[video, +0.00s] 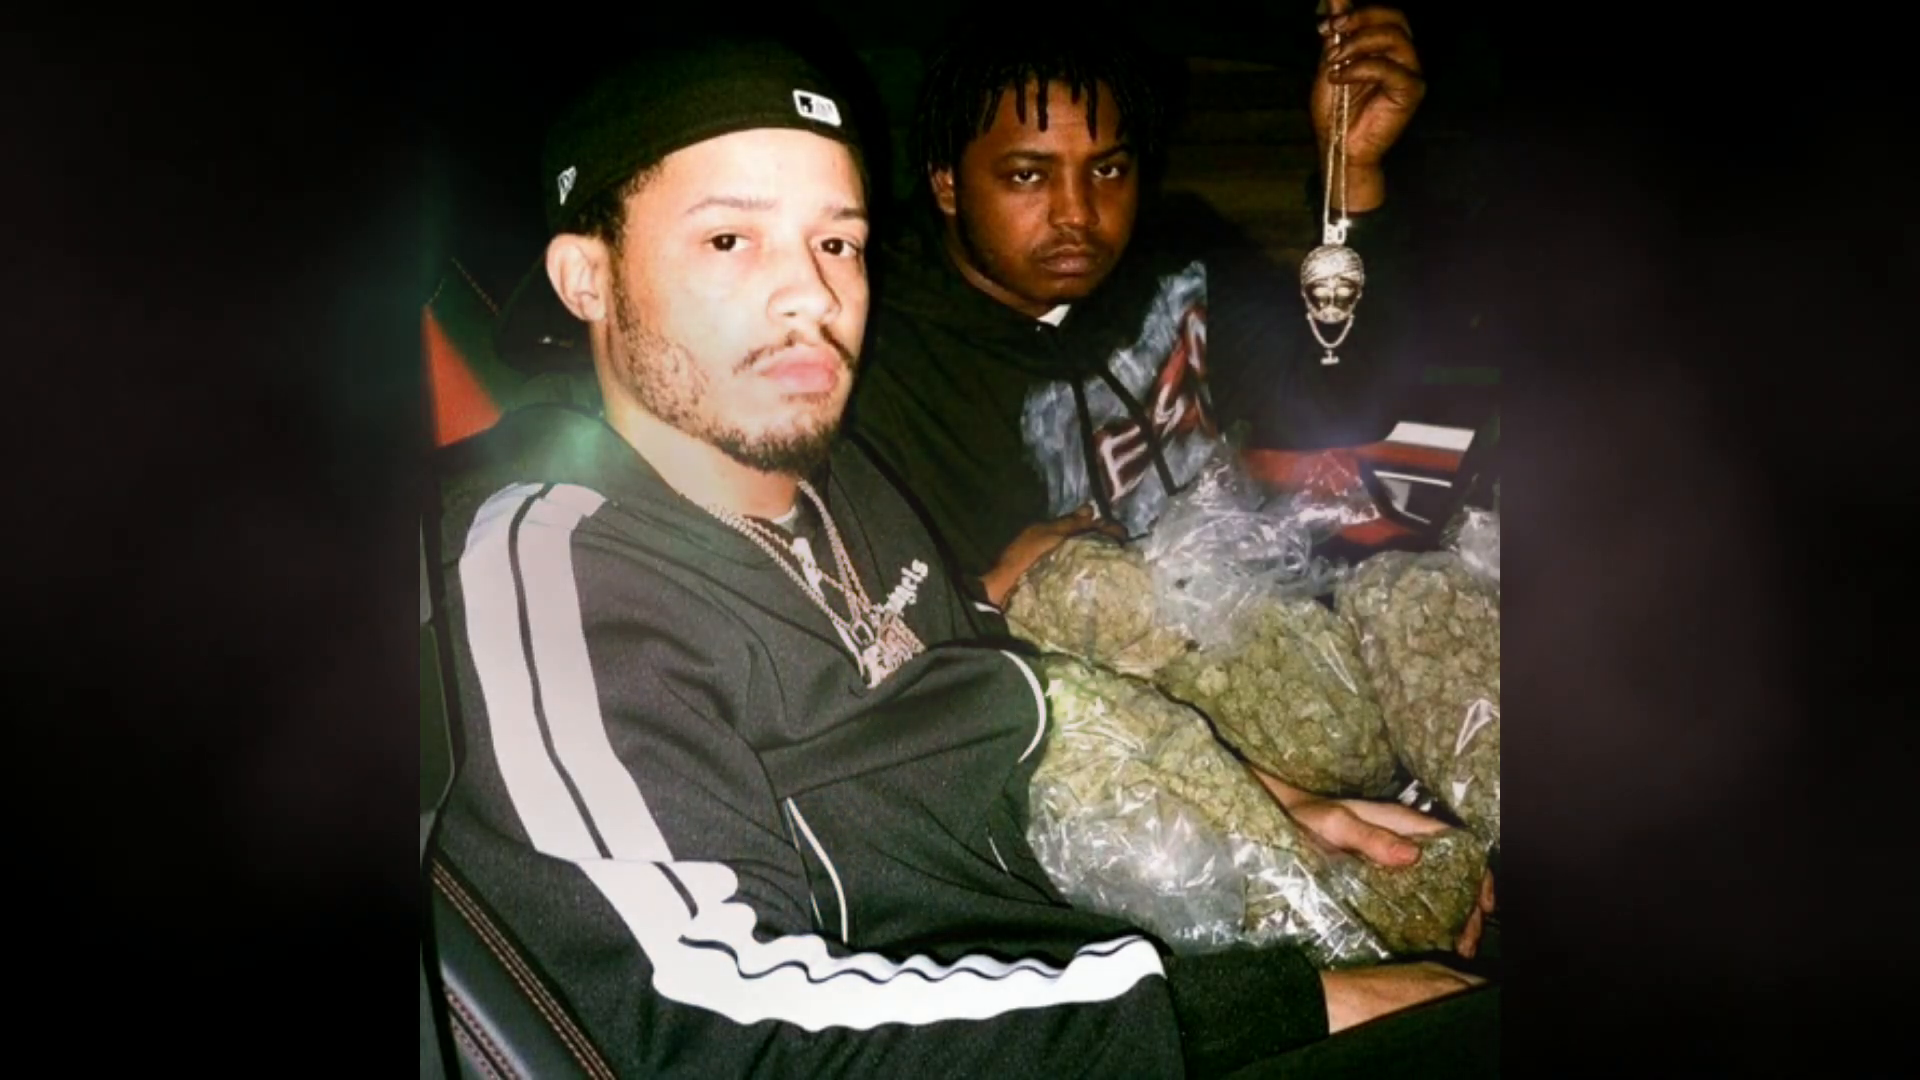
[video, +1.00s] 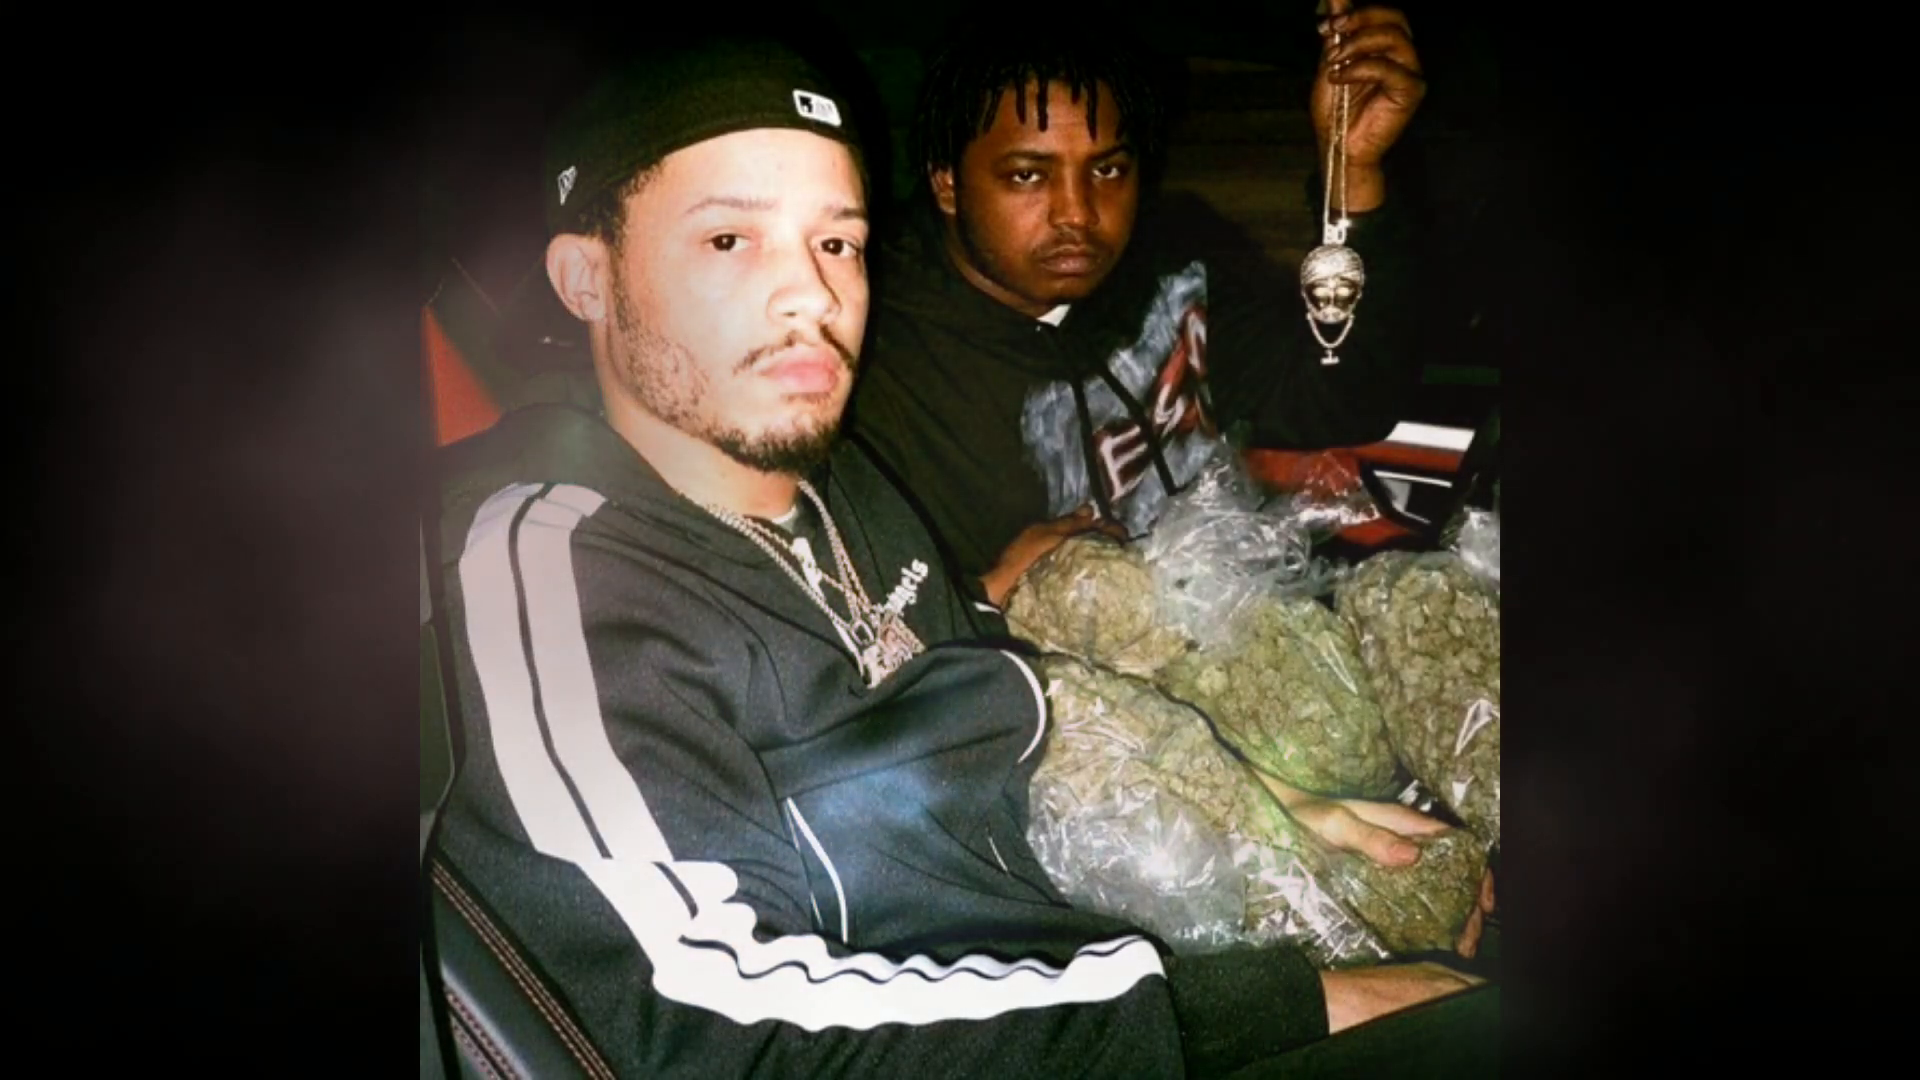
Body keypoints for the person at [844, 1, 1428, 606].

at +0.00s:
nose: (1077, 216)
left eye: (1107, 171)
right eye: (1028, 176)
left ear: (1140, 173)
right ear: (946, 187)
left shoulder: (1179, 255)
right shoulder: (896, 367)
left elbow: (1343, 407)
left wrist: (1352, 172)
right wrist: (997, 586)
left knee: (1422, 596)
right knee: (1075, 578)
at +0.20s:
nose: (1077, 216)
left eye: (1107, 171)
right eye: (1028, 176)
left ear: (1140, 172)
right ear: (946, 187)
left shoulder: (1179, 251)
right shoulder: (894, 370)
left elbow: (1346, 409)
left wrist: (1352, 171)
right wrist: (993, 591)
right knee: (1076, 578)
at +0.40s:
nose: (1077, 217)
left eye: (1108, 171)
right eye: (1028, 176)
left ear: (1140, 172)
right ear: (946, 187)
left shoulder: (1181, 256)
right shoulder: (890, 373)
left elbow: (1348, 412)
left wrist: (1353, 171)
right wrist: (990, 595)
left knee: (1431, 604)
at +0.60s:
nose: (1077, 217)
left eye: (1108, 171)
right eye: (1028, 176)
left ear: (1141, 172)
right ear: (946, 187)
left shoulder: (1180, 253)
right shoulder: (896, 378)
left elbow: (1344, 418)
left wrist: (1353, 172)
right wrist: (992, 593)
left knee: (1429, 601)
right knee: (1075, 581)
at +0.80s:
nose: (1077, 217)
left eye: (1107, 171)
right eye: (1028, 176)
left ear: (1140, 174)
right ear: (946, 187)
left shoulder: (1182, 255)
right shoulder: (891, 377)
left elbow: (1344, 425)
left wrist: (1353, 172)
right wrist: (991, 595)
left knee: (1428, 603)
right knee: (1079, 583)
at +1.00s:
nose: (1077, 217)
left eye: (1107, 171)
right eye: (1029, 176)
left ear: (1140, 174)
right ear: (946, 187)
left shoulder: (1176, 254)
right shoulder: (890, 375)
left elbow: (1341, 409)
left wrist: (1353, 171)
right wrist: (990, 596)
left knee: (1432, 604)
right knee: (1083, 584)